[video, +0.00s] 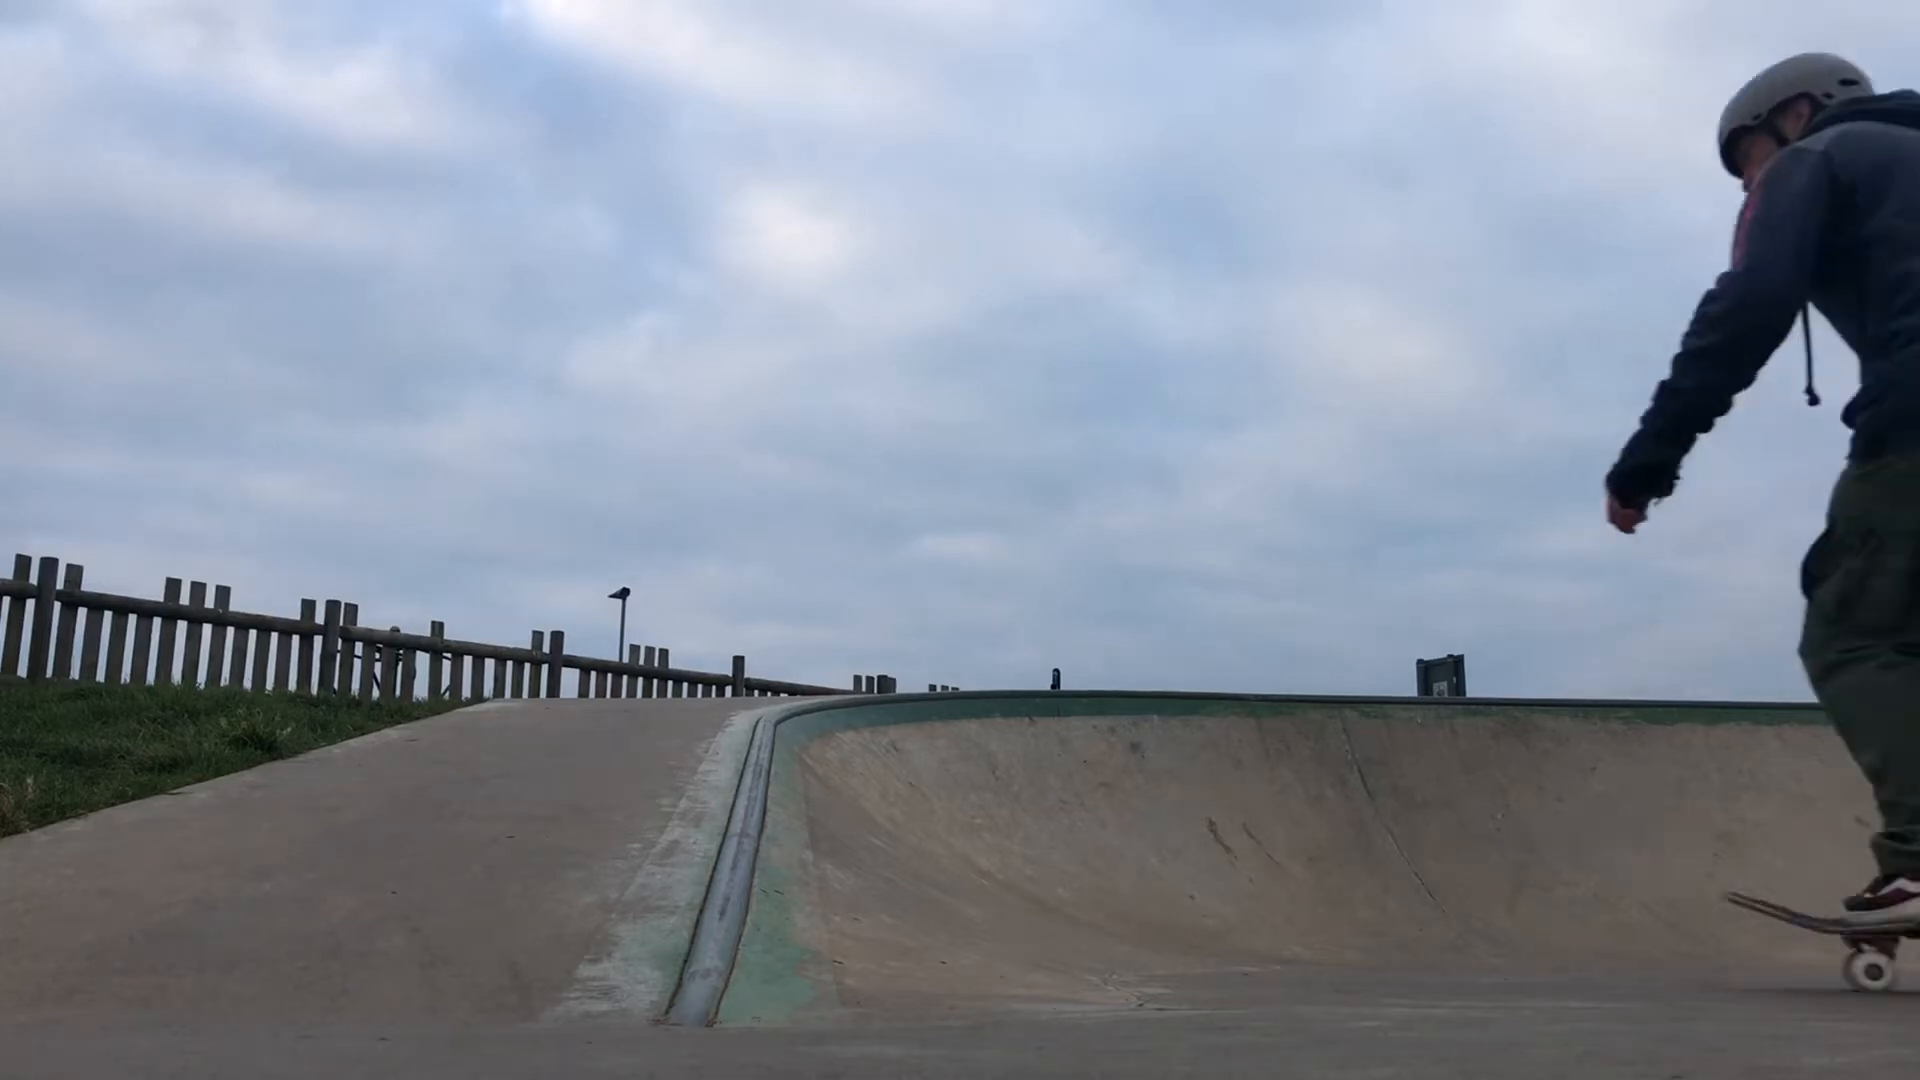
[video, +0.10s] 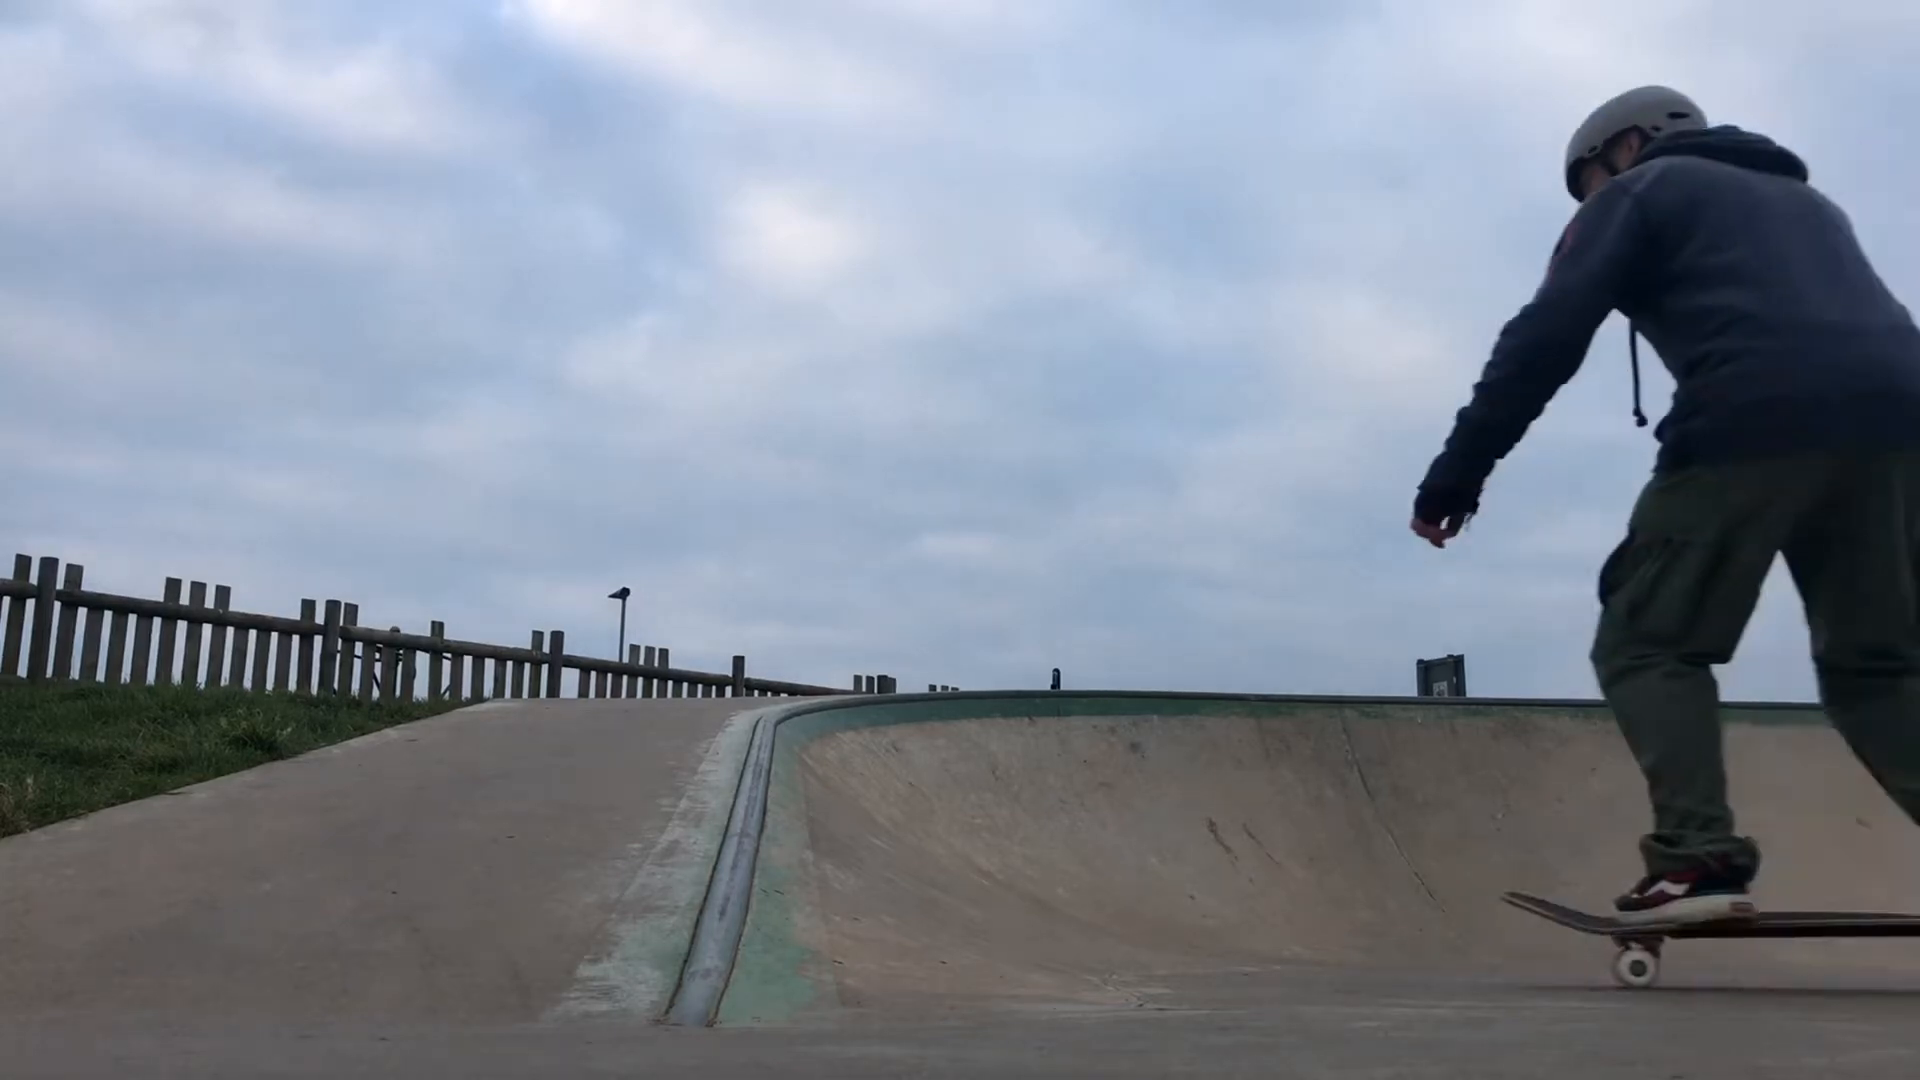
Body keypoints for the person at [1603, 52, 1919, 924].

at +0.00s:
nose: (1751, 185)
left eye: (1753, 161)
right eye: (1746, 171)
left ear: (1797, 114)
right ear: (1822, 111)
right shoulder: (1903, 145)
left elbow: (1746, 313)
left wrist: (1648, 459)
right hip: (1901, 427)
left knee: (1854, 637)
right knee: (1875, 635)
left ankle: (1914, 855)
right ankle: (1910, 858)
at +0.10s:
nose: (1588, 204)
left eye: (1590, 183)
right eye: (1584, 190)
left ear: (1629, 145)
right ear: (1689, 136)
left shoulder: (1638, 195)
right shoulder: (1803, 198)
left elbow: (1542, 339)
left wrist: (1455, 474)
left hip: (1753, 414)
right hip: (1894, 410)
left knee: (1650, 643)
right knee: (1878, 669)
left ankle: (1699, 854)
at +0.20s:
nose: (1446, 211)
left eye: (1448, 196)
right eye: (1444, 200)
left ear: (1478, 172)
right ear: (1546, 161)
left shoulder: (1473, 220)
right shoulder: (1647, 232)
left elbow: (1365, 360)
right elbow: (1772, 362)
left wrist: (1306, 491)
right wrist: (1843, 482)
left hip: (1560, 432)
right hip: (1697, 439)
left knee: (1454, 648)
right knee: (1662, 670)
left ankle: (1477, 855)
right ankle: (1774, 842)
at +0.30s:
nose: (1320, 212)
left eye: (1323, 201)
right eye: (1324, 202)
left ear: (1343, 188)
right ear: (1428, 179)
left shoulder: (1322, 242)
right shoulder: (1505, 247)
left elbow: (1227, 388)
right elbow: (1645, 342)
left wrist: (1217, 509)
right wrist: (1754, 436)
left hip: (1371, 456)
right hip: (1504, 463)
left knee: (1277, 660)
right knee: (1463, 674)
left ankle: (1263, 857)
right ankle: (1540, 845)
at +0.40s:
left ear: (1236, 184)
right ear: (1325, 181)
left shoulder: (1192, 248)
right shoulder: (1379, 239)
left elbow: (1114, 396)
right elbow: (1525, 284)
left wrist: (1150, 482)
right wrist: (1642, 343)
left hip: (1197, 452)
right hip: (1320, 467)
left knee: (1106, 641)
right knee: (1279, 668)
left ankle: (1042, 824)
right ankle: (1293, 855)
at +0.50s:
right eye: (1234, 184)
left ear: (1154, 176)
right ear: (1230, 179)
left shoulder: (1096, 231)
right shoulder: (1256, 215)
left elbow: (1009, 359)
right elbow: (1379, 235)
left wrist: (1038, 444)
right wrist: (1489, 291)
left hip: (1059, 415)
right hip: (1173, 434)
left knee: (974, 597)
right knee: (1119, 644)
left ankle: (840, 724)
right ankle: (1029, 833)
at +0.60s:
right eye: (1165, 195)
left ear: (1087, 185)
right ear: (1152, 193)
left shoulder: (1025, 227)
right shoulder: (1169, 223)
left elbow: (912, 331)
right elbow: (1232, 277)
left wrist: (896, 426)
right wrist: (1301, 351)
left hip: (958, 382)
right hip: (1057, 405)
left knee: (920, 561)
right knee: (996, 609)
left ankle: (769, 670)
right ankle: (851, 750)